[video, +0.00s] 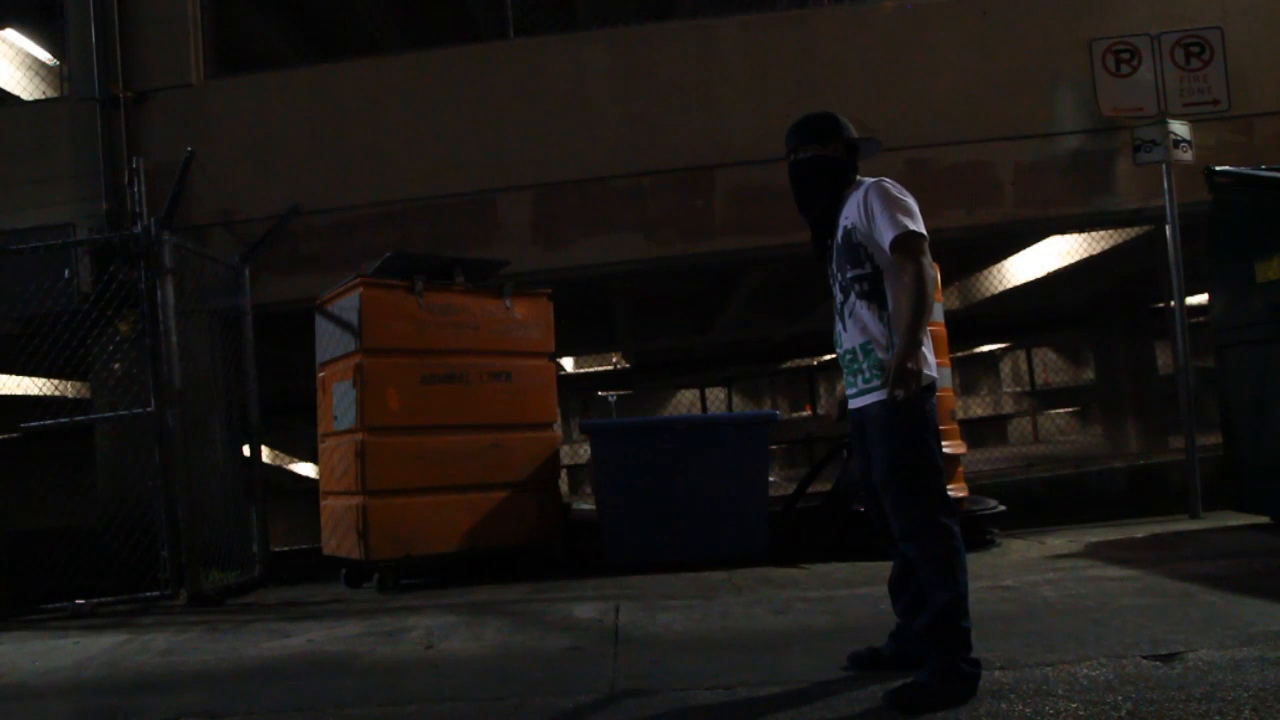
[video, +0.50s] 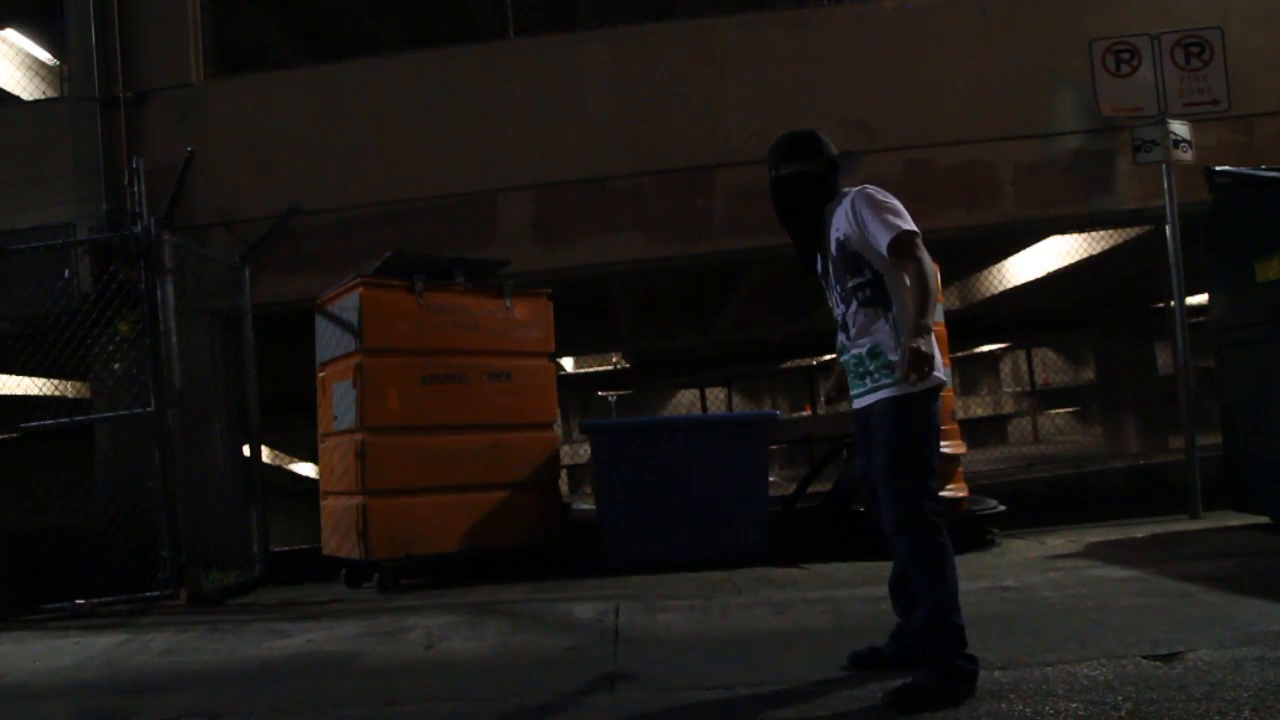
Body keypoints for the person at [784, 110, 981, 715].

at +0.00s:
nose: (800, 176)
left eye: (809, 162)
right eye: (795, 166)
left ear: (838, 158)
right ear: (800, 168)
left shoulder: (875, 194)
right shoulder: (843, 222)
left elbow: (916, 264)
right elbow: (862, 311)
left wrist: (907, 349)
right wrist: (853, 390)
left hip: (902, 393)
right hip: (873, 399)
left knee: (926, 522)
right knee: (900, 523)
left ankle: (952, 663)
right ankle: (914, 639)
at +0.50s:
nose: (782, 193)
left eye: (790, 178)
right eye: (778, 182)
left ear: (817, 171)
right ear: (790, 182)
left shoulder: (861, 203)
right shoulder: (828, 233)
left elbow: (918, 267)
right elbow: (865, 310)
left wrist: (916, 336)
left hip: (904, 392)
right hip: (875, 398)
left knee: (916, 522)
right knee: (897, 522)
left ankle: (948, 661)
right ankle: (914, 638)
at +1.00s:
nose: (773, 207)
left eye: (778, 193)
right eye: (768, 197)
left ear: (806, 182)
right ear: (784, 194)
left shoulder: (852, 206)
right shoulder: (823, 244)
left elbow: (912, 264)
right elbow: (861, 321)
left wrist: (912, 353)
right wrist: (860, 392)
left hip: (904, 393)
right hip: (876, 402)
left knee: (915, 520)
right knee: (897, 520)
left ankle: (947, 660)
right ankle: (914, 638)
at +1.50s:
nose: (776, 203)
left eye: (782, 188)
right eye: (770, 193)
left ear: (811, 180)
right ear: (779, 195)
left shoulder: (855, 207)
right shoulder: (825, 245)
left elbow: (914, 265)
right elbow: (865, 318)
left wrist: (910, 353)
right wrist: (864, 387)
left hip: (905, 393)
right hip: (877, 401)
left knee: (916, 521)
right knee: (899, 521)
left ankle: (947, 661)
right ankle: (914, 639)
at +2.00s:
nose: (777, 206)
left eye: (783, 191)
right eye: (772, 195)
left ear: (812, 181)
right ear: (790, 192)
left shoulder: (857, 207)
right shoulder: (828, 244)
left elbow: (916, 266)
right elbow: (866, 316)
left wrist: (910, 346)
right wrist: (864, 381)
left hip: (907, 392)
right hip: (878, 400)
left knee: (916, 520)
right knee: (898, 520)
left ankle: (946, 661)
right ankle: (914, 639)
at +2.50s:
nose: (770, 209)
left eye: (776, 194)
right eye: (766, 197)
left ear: (806, 185)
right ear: (783, 196)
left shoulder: (855, 210)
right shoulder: (821, 257)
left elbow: (918, 271)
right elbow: (858, 330)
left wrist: (920, 363)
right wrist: (865, 394)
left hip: (906, 393)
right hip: (875, 402)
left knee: (912, 518)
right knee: (896, 519)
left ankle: (945, 660)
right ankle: (914, 639)